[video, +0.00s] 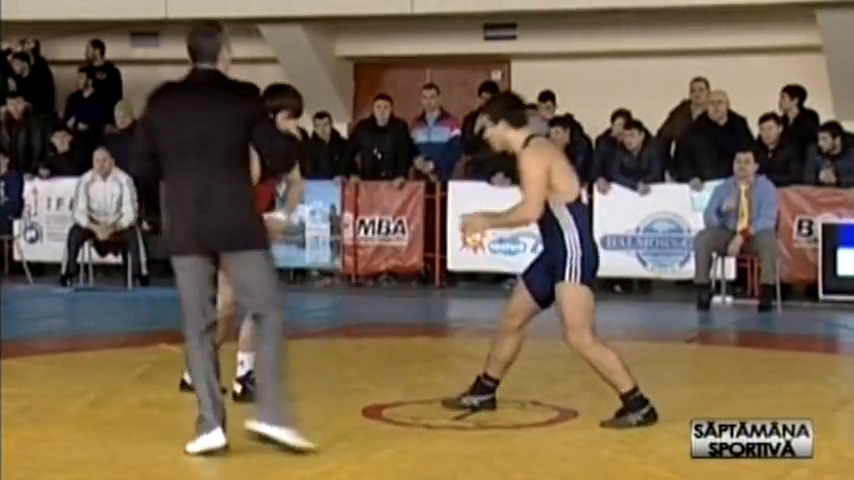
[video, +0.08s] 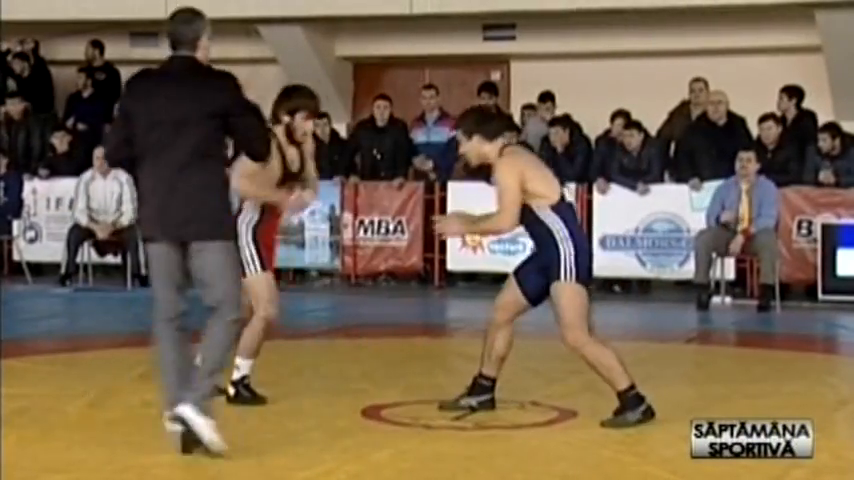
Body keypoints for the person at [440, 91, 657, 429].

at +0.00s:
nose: (487, 138)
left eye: (487, 130)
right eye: (484, 132)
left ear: (503, 124)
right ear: (509, 124)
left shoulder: (535, 153)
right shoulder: (535, 150)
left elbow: (531, 211)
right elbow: (531, 210)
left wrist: (486, 221)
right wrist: (490, 223)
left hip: (573, 252)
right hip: (554, 252)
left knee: (579, 336)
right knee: (512, 319)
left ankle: (636, 402)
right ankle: (484, 390)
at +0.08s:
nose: (461, 150)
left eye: (464, 142)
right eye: (460, 143)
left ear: (484, 139)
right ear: (488, 138)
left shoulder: (509, 164)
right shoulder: (514, 157)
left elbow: (506, 222)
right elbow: (512, 213)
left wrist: (466, 226)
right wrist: (476, 224)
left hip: (566, 249)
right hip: (546, 251)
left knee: (575, 334)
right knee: (502, 313)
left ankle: (633, 400)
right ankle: (483, 389)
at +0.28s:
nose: (427, 186)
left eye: (428, 178)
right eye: (425, 179)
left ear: (445, 171)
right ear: (450, 169)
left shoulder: (466, 192)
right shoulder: (475, 183)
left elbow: (468, 251)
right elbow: (492, 235)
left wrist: (424, 238)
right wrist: (452, 225)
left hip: (558, 254)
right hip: (539, 258)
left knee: (582, 331)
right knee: (484, 309)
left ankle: (646, 395)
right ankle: (480, 390)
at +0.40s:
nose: (424, 222)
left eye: (423, 216)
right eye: (420, 217)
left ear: (435, 209)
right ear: (442, 199)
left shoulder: (466, 216)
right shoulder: (464, 208)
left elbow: (473, 274)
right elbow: (478, 263)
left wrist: (429, 257)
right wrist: (437, 246)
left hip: (554, 268)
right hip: (530, 273)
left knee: (579, 346)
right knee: (472, 310)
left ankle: (648, 401)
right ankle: (478, 391)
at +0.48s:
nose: (424, 220)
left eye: (427, 213)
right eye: (423, 214)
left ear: (445, 209)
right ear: (448, 206)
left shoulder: (468, 223)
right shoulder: (463, 216)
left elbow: (458, 282)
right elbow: (461, 274)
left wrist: (416, 260)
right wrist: (427, 250)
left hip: (549, 277)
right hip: (524, 282)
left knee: (575, 354)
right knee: (467, 314)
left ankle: (646, 404)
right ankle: (478, 392)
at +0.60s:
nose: (438, 172)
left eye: (442, 166)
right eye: (439, 166)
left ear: (457, 166)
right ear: (467, 166)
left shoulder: (472, 195)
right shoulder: (478, 191)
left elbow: (423, 230)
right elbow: (442, 240)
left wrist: (409, 187)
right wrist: (424, 195)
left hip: (538, 271)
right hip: (518, 270)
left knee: (563, 356)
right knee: (457, 314)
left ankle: (639, 402)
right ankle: (475, 391)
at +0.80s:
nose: (525, 110)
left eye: (533, 106)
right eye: (528, 105)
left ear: (548, 117)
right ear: (545, 116)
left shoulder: (544, 149)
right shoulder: (535, 146)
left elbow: (483, 158)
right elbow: (489, 157)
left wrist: (485, 118)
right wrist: (491, 119)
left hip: (551, 247)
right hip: (522, 248)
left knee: (572, 335)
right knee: (472, 317)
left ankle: (630, 397)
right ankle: (471, 390)